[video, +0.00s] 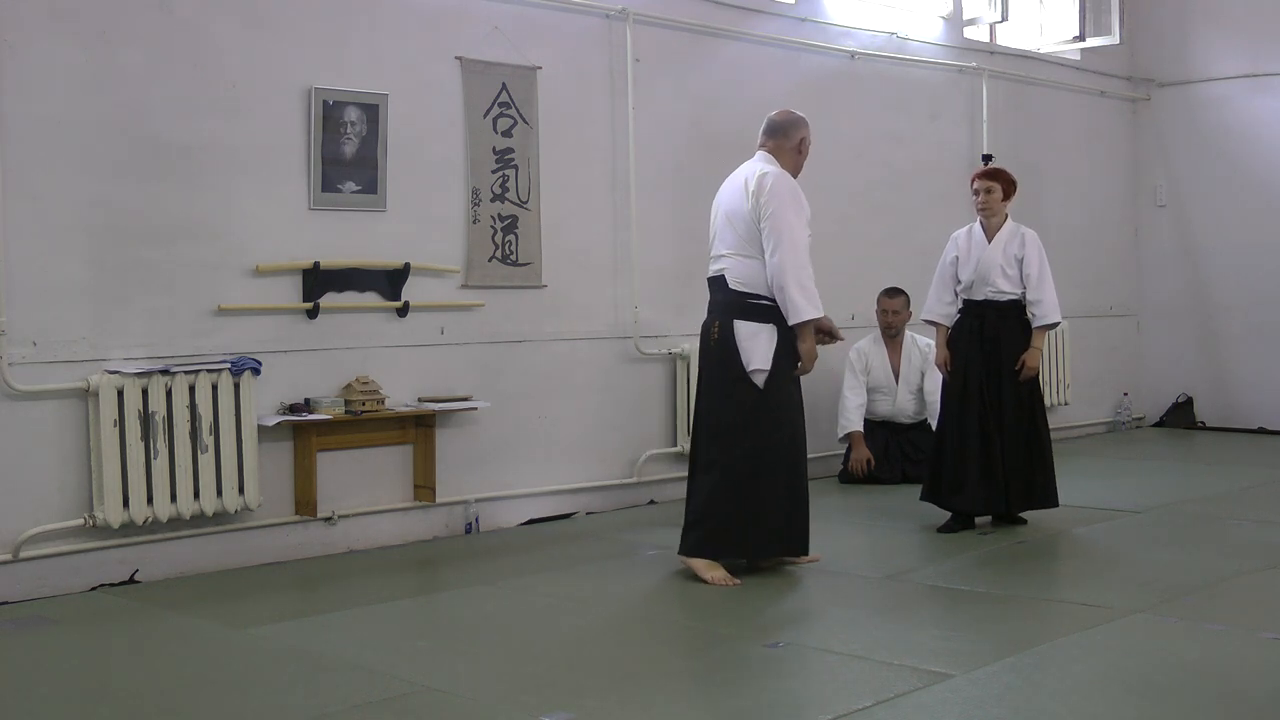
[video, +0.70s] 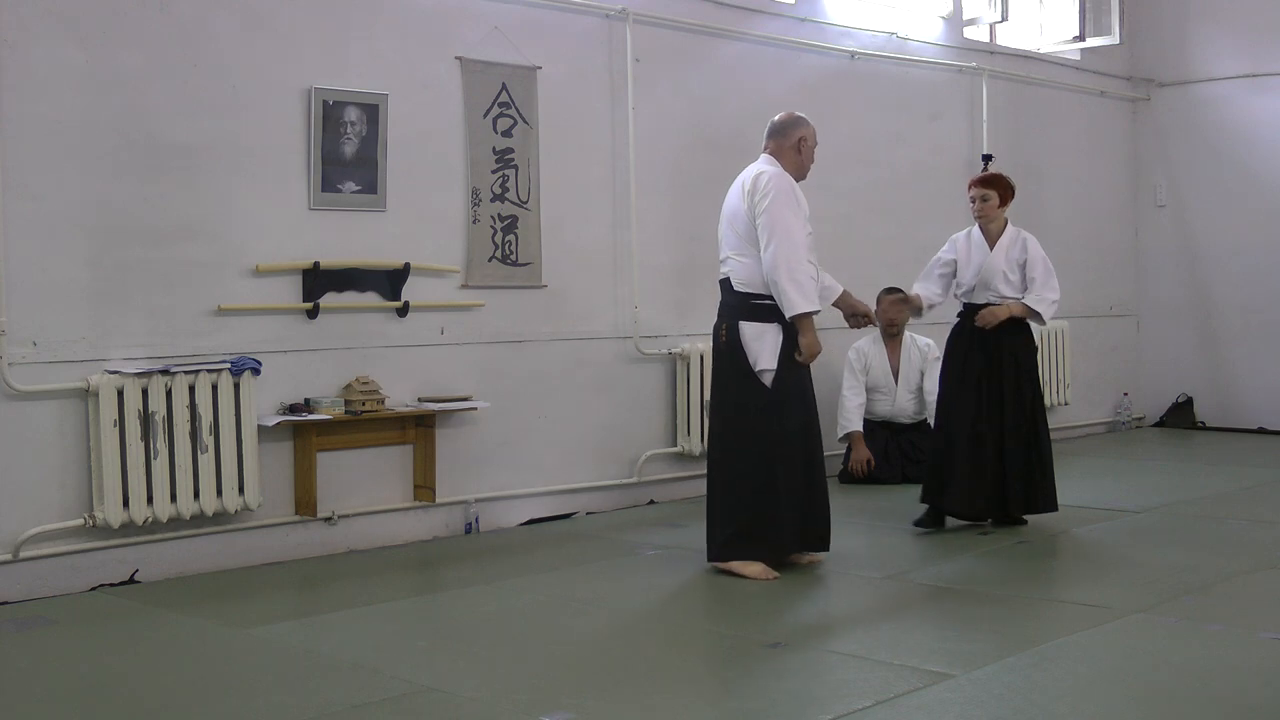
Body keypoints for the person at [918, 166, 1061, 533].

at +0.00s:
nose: (981, 199)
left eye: (989, 192)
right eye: (976, 193)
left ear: (1006, 197)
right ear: (972, 198)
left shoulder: (1024, 238)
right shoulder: (960, 239)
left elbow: (1041, 295)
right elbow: (944, 292)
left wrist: (1036, 346)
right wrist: (940, 342)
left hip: (1011, 331)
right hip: (969, 332)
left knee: (1011, 415)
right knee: (964, 416)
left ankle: (1007, 506)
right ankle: (963, 509)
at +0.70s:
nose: (977, 206)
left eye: (985, 200)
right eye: (973, 200)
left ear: (1004, 202)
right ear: (969, 203)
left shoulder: (1024, 244)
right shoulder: (960, 243)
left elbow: (1046, 298)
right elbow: (932, 287)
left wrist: (1007, 309)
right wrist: (910, 300)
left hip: (1010, 338)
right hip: (967, 336)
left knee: (1009, 419)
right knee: (953, 417)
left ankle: (1007, 507)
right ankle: (936, 507)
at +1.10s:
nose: (940, 208)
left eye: (948, 201)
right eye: (935, 201)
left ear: (966, 205)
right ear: (930, 206)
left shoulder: (985, 248)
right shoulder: (921, 243)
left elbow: (999, 304)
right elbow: (890, 277)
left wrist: (960, 307)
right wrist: (860, 297)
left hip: (969, 344)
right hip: (925, 345)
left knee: (979, 423)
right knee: (913, 426)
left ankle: (986, 509)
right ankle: (894, 515)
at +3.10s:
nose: (897, 206)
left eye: (905, 199)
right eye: (890, 200)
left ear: (920, 204)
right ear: (884, 206)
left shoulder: (936, 247)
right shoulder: (875, 245)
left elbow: (955, 304)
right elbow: (847, 278)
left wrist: (922, 322)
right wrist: (823, 302)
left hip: (928, 344)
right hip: (884, 345)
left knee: (938, 425)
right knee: (891, 431)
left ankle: (944, 513)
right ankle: (890, 520)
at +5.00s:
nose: (890, 207)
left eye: (898, 200)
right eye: (883, 202)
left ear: (913, 205)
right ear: (877, 208)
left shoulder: (931, 246)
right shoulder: (870, 247)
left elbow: (954, 298)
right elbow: (840, 280)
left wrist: (921, 324)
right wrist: (806, 303)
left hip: (928, 344)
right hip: (886, 347)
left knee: (936, 428)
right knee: (891, 432)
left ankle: (941, 515)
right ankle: (892, 521)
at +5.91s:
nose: (890, 208)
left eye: (898, 201)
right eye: (883, 202)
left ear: (912, 206)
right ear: (876, 208)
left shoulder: (931, 246)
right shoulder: (868, 248)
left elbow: (953, 301)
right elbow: (840, 281)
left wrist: (920, 324)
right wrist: (807, 304)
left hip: (928, 345)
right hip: (886, 347)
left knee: (936, 428)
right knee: (891, 432)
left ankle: (940, 515)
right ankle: (893, 521)